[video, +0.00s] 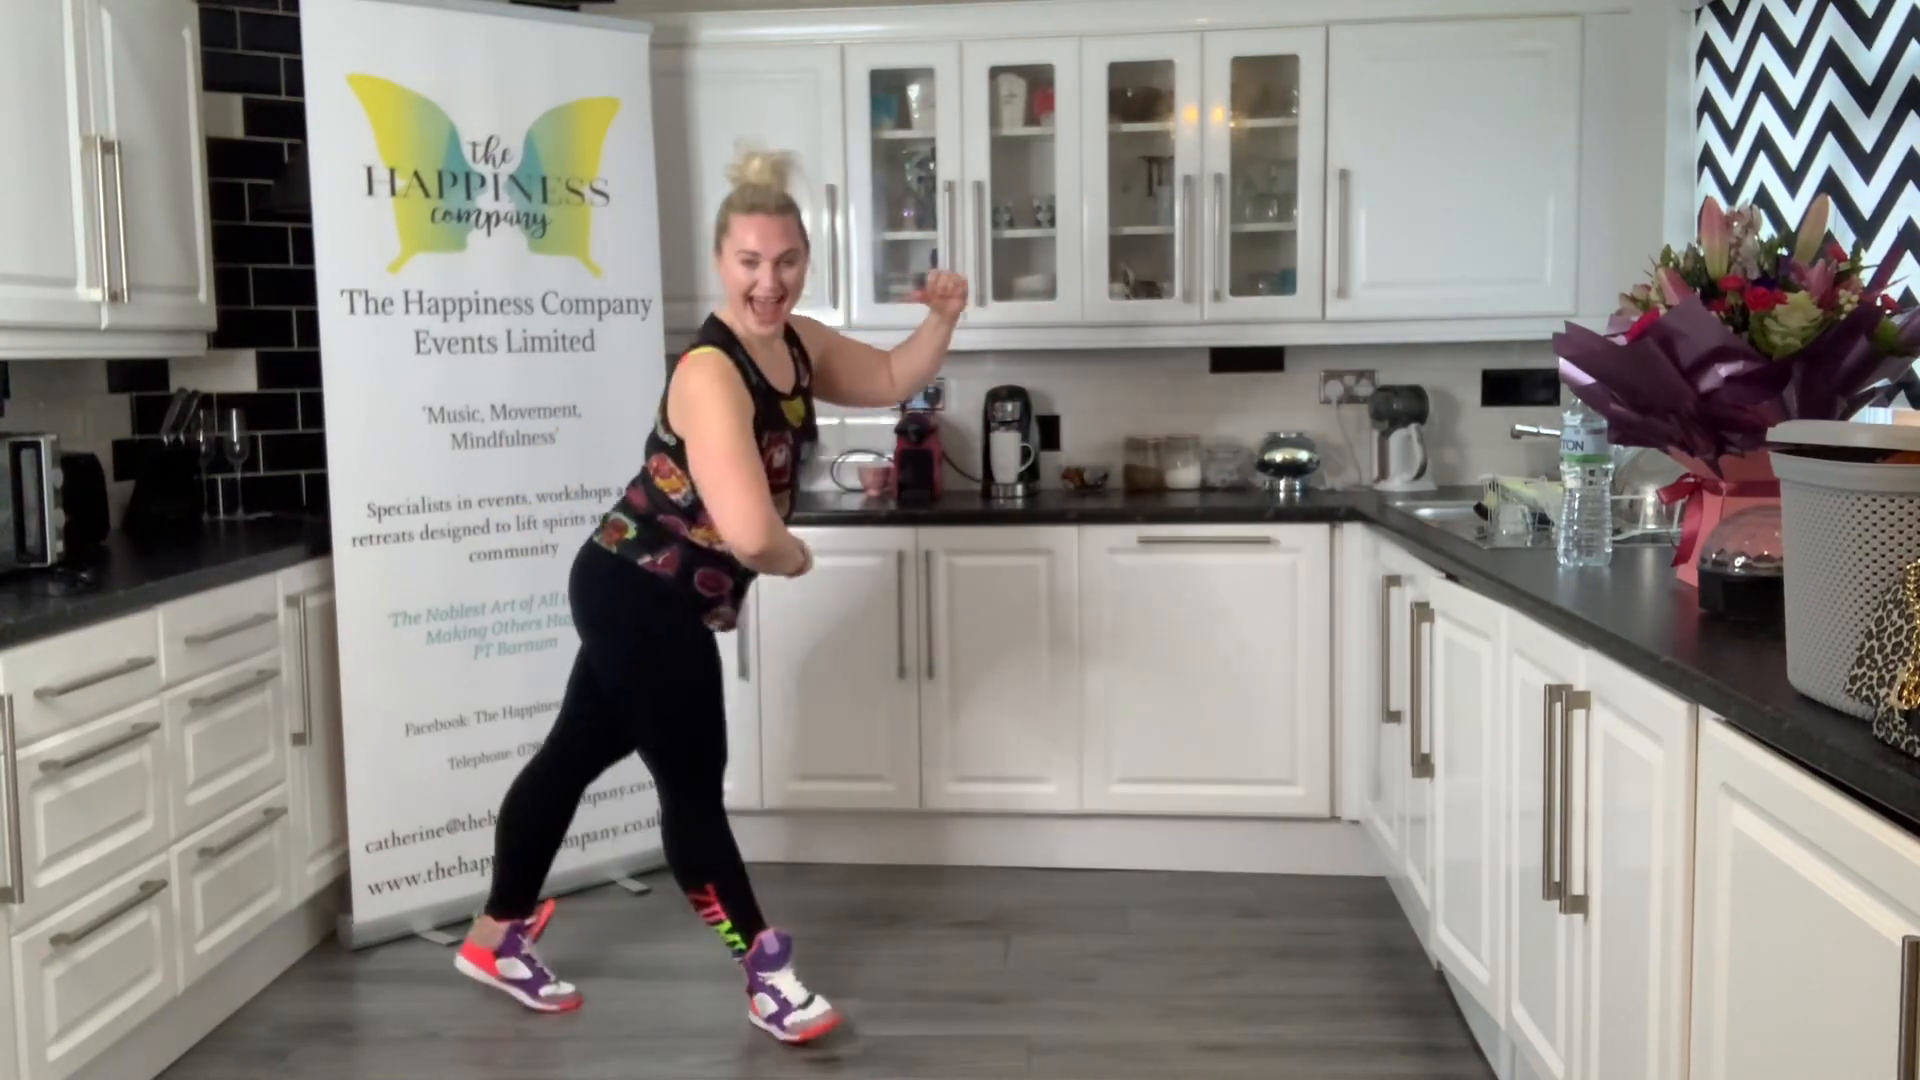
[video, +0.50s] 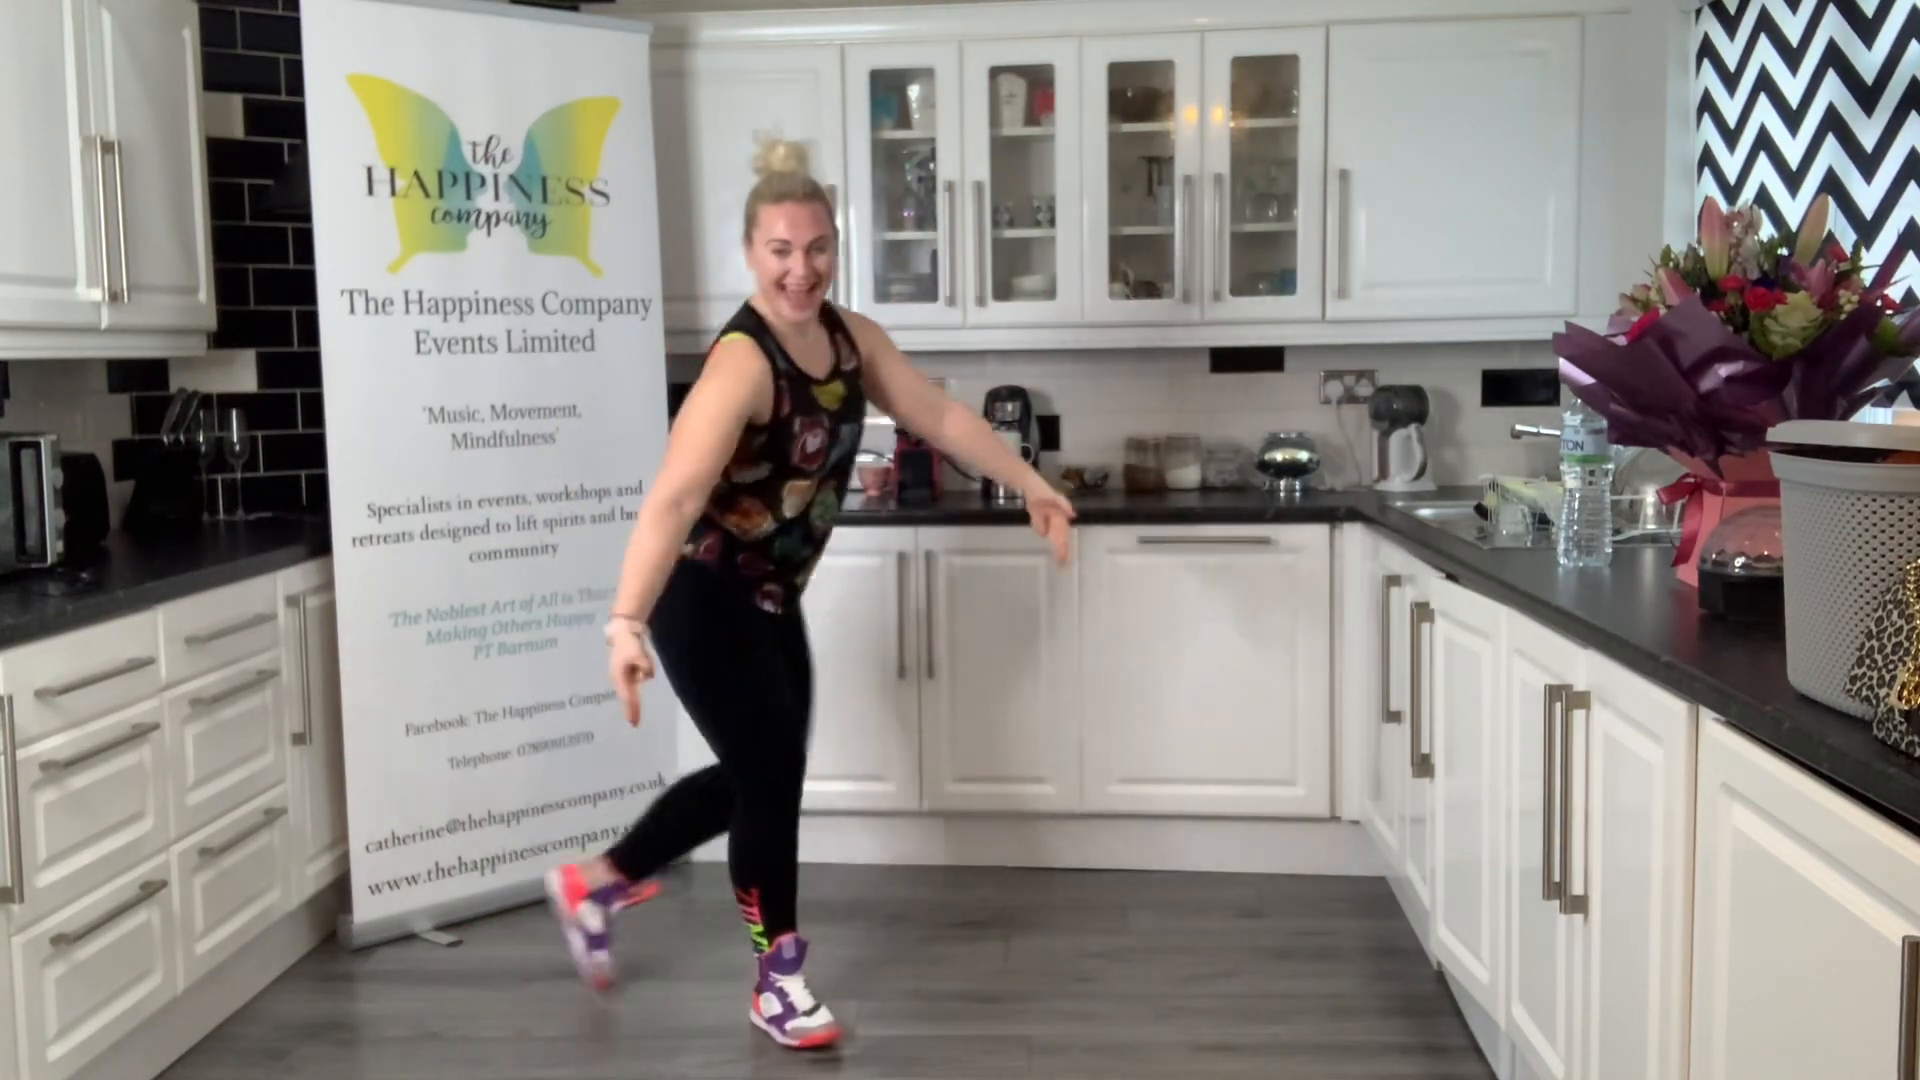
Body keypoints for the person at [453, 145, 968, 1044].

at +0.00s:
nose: (769, 278)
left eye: (785, 259)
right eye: (749, 260)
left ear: (806, 257)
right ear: (719, 260)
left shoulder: (798, 342)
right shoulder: (710, 373)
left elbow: (888, 380)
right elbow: (750, 535)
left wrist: (942, 317)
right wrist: (790, 555)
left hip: (669, 588)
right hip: (640, 590)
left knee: (569, 760)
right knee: (693, 778)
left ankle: (496, 935)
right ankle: (764, 970)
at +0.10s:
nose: (756, 277)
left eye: (773, 257)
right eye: (736, 258)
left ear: (795, 256)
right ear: (707, 258)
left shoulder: (787, 339)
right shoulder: (697, 369)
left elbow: (875, 380)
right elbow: (743, 531)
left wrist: (926, 322)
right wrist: (780, 540)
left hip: (662, 585)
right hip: (625, 584)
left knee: (562, 759)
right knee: (698, 768)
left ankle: (495, 936)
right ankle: (765, 969)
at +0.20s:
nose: (751, 270)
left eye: (769, 251)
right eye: (731, 251)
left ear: (789, 252)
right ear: (702, 253)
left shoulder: (783, 330)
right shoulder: (693, 361)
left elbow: (870, 383)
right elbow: (728, 519)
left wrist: (917, 336)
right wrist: (785, 512)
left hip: (658, 580)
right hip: (625, 581)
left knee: (569, 753)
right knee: (714, 762)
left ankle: (499, 933)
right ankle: (767, 972)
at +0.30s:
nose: (757, 281)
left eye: (774, 263)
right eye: (737, 264)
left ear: (795, 265)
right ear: (707, 267)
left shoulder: (794, 345)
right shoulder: (703, 372)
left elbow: (873, 400)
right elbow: (690, 527)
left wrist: (921, 384)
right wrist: (801, 509)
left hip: (678, 595)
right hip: (633, 591)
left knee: (577, 765)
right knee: (748, 759)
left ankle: (491, 942)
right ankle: (771, 974)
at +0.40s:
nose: (772, 284)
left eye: (789, 265)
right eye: (753, 266)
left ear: (809, 265)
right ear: (724, 267)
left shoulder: (810, 349)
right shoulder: (718, 380)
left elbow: (907, 412)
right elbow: (669, 526)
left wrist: (1010, 454)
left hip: (712, 598)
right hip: (659, 597)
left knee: (631, 774)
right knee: (769, 762)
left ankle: (505, 933)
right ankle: (779, 978)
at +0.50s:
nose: (799, 266)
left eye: (815, 247)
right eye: (780, 249)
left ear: (835, 248)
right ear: (750, 252)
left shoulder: (854, 338)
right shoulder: (742, 364)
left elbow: (938, 416)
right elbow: (674, 495)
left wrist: (1032, 485)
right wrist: (628, 615)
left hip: (773, 595)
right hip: (700, 594)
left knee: (761, 770)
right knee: (768, 765)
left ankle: (598, 885)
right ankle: (778, 976)